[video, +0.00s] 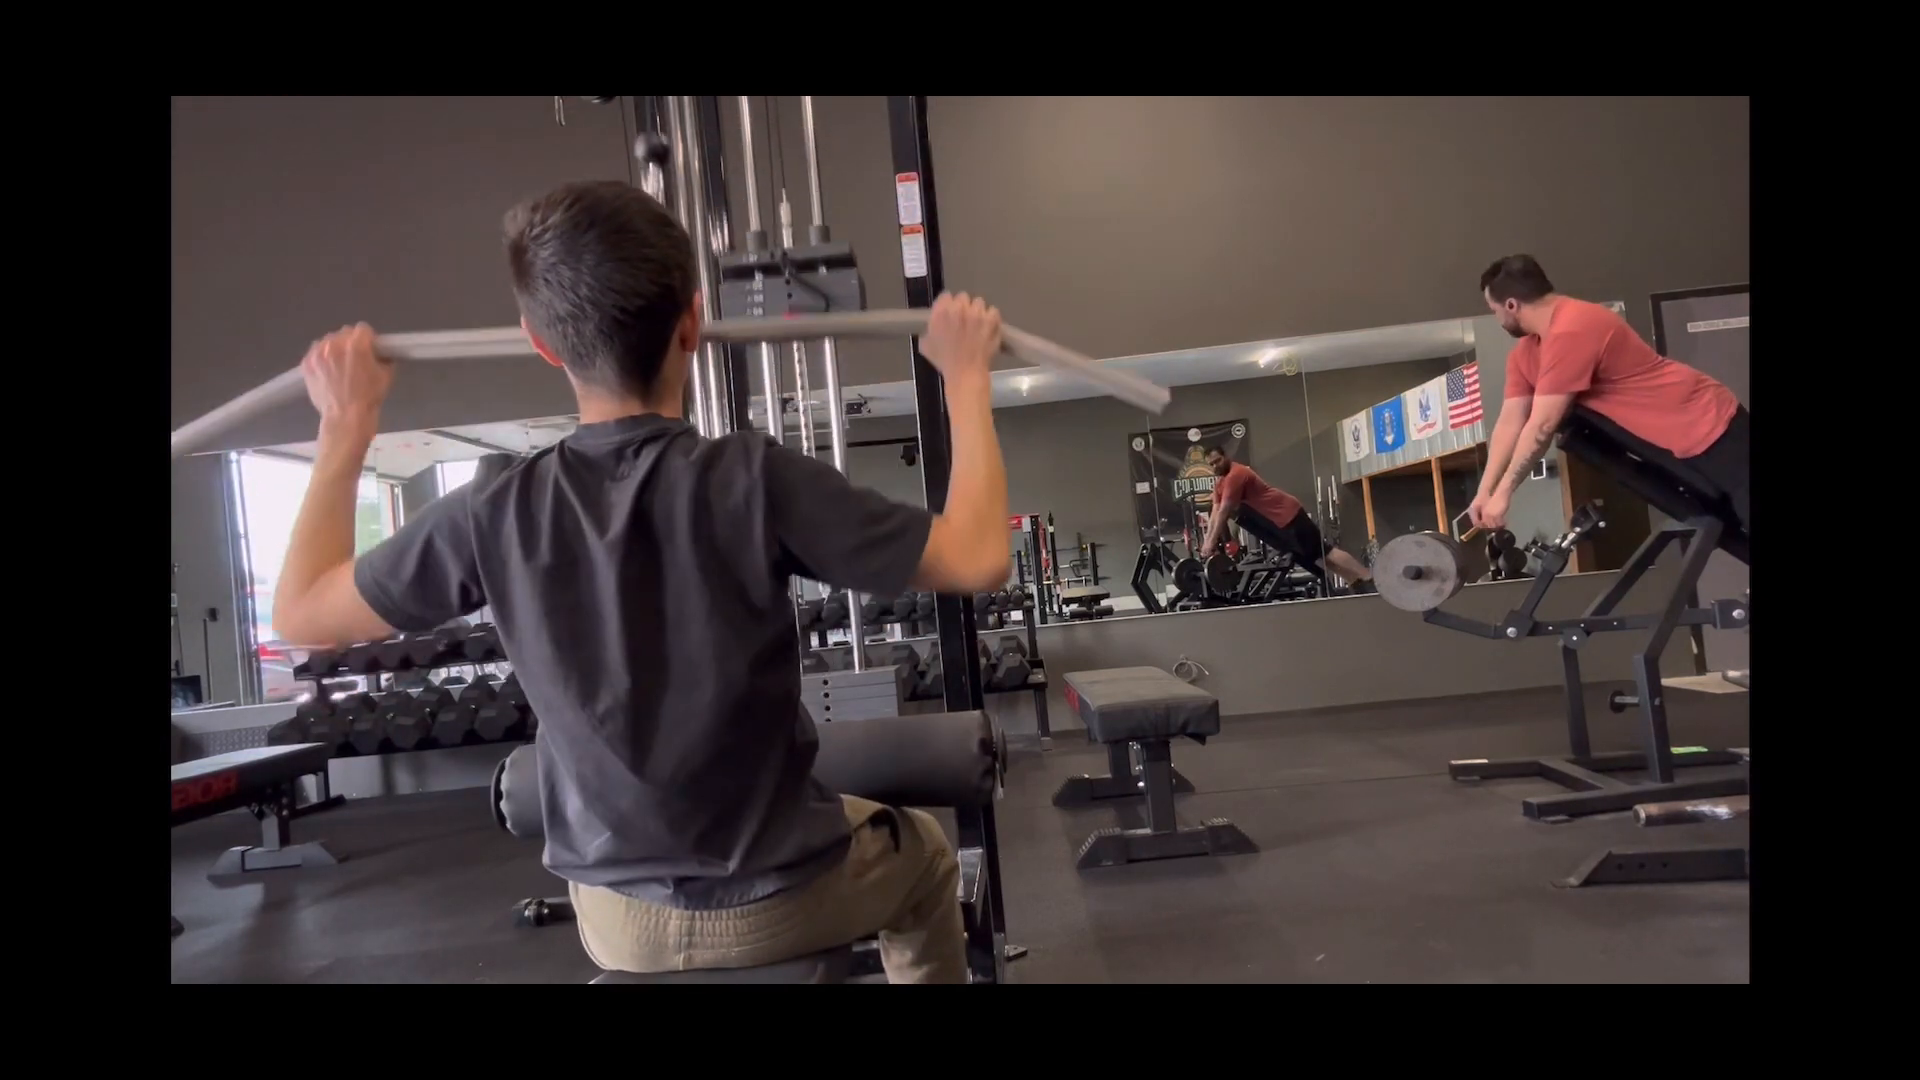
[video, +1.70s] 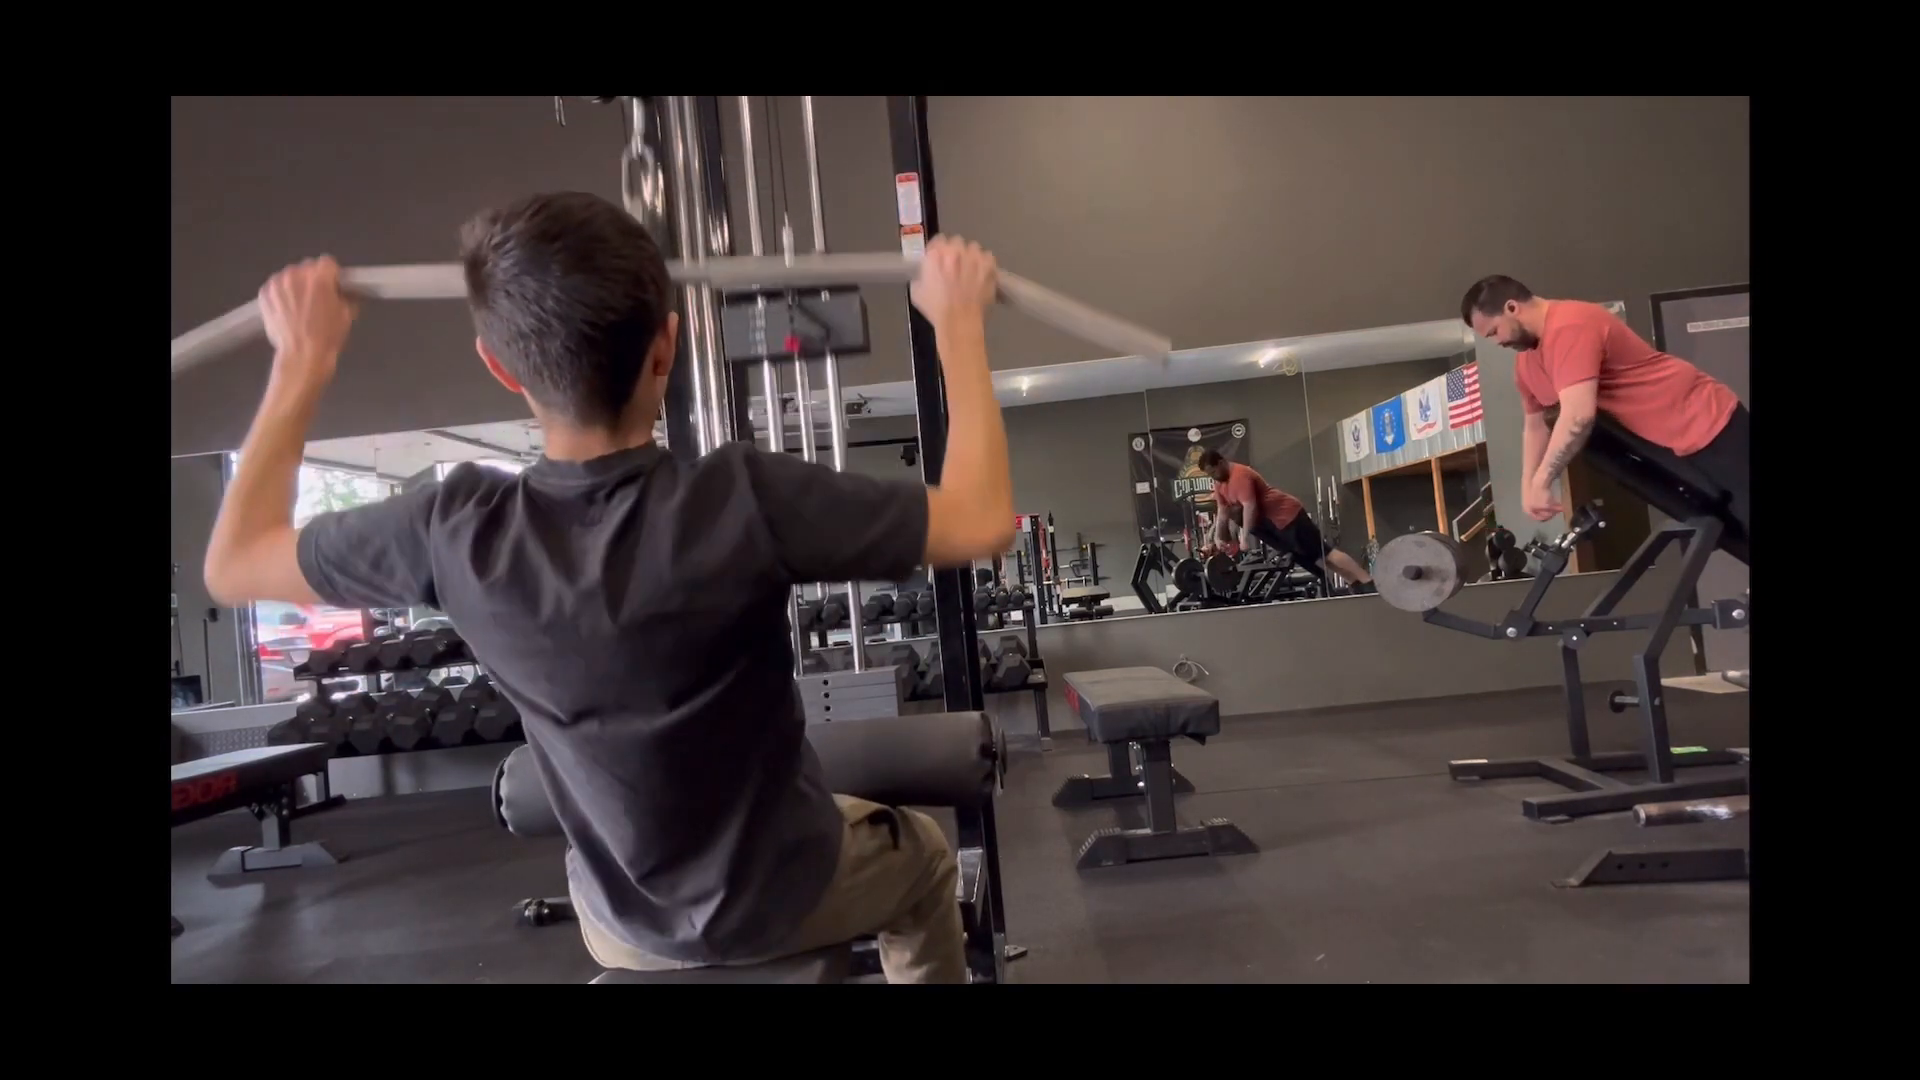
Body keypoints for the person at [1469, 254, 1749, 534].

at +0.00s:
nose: (1495, 318)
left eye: (1492, 309)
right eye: (1491, 310)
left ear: (1512, 304)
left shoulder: (1572, 325)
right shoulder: (1524, 352)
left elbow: (1542, 427)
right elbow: (1509, 421)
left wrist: (1504, 490)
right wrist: (1484, 490)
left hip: (1711, 423)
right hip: (1672, 446)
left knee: (1746, 523)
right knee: (1730, 532)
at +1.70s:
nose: (1496, 343)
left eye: (1493, 332)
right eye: (1489, 337)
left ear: (1513, 307)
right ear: (1511, 310)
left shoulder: (1570, 324)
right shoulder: (1526, 364)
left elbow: (1579, 417)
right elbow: (1535, 424)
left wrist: (1542, 480)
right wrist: (1530, 484)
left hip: (1709, 421)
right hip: (1672, 448)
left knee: (1745, 520)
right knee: (1732, 534)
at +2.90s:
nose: (1489, 359)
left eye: (1484, 348)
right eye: (1481, 354)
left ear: (1500, 323)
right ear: (1499, 326)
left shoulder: (1548, 337)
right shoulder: (1526, 372)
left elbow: (1577, 427)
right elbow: (1553, 438)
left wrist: (1582, 494)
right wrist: (1564, 503)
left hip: (1704, 418)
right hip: (1675, 443)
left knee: (1744, 521)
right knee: (1729, 531)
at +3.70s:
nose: (1492, 352)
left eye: (1488, 342)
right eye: (1484, 348)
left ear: (1507, 315)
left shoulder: (1553, 336)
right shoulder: (1523, 370)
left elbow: (1580, 426)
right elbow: (1553, 435)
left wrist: (1576, 497)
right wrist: (1566, 496)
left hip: (1705, 422)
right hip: (1670, 448)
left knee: (1746, 515)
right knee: (1730, 532)